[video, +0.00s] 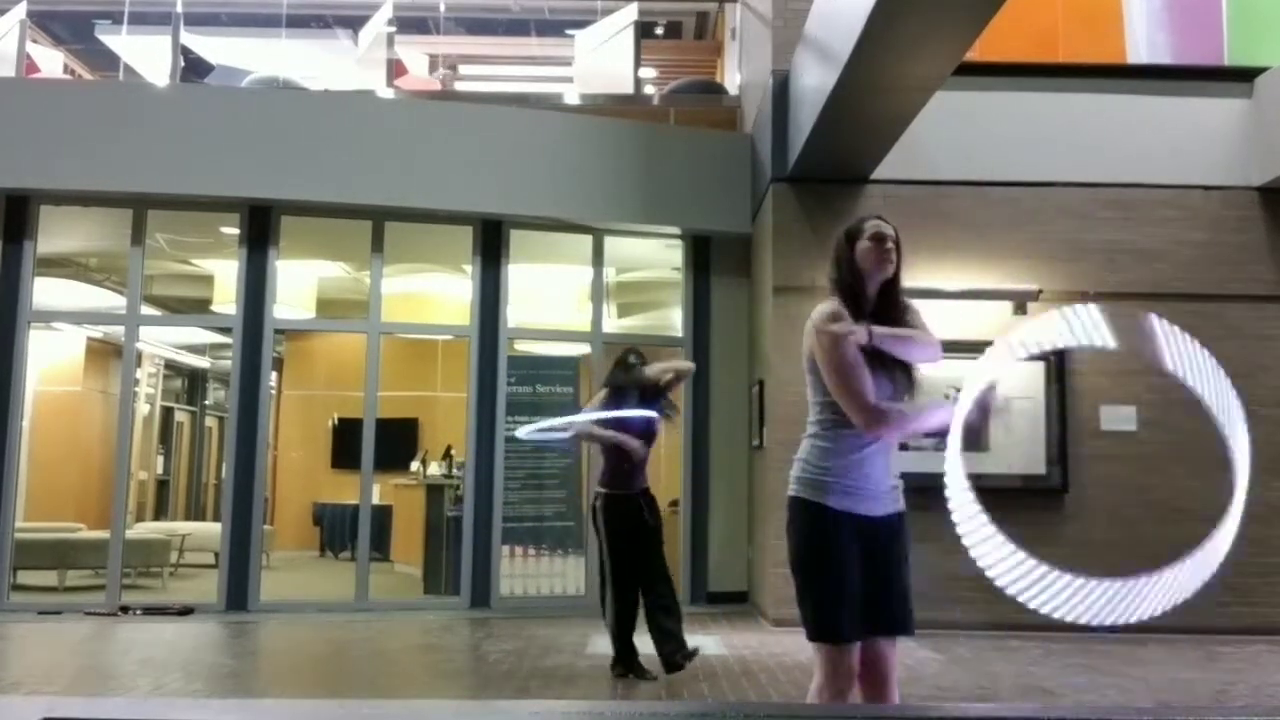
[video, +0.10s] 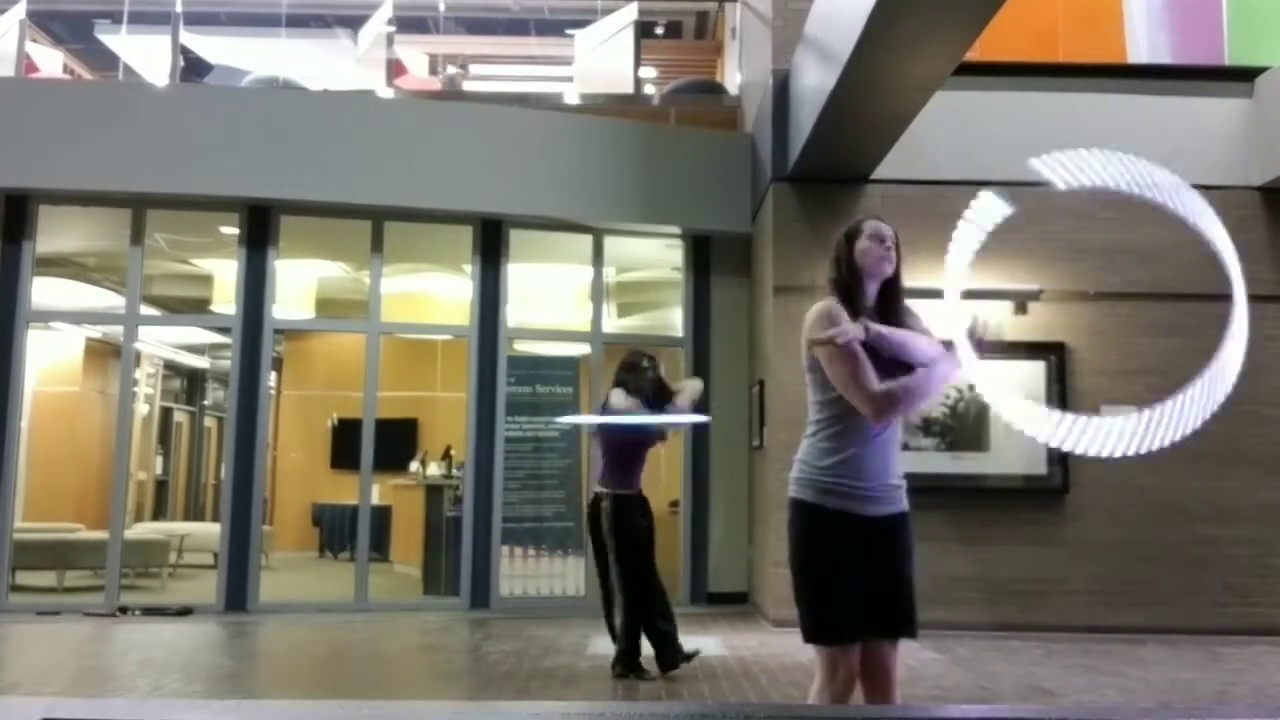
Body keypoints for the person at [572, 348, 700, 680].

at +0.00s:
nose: (648, 371)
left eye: (648, 368)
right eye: (644, 367)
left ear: (638, 373)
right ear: (633, 373)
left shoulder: (651, 397)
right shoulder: (608, 401)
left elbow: (688, 368)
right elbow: (579, 428)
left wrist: (653, 371)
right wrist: (622, 439)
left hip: (641, 500)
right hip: (612, 503)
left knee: (657, 578)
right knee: (622, 583)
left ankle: (673, 653)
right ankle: (624, 659)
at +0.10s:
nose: (654, 380)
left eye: (654, 374)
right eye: (650, 374)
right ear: (638, 378)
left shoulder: (642, 406)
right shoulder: (617, 405)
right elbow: (657, 430)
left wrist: (681, 398)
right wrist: (679, 403)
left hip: (631, 503)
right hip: (610, 505)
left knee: (646, 579)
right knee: (621, 584)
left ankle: (668, 651)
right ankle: (626, 659)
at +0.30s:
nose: (664, 387)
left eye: (662, 378)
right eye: (659, 378)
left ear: (632, 375)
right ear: (643, 377)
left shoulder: (637, 411)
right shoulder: (630, 398)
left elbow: (644, 461)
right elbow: (678, 364)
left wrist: (681, 482)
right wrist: (671, 377)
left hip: (621, 501)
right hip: (630, 503)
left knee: (625, 581)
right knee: (635, 581)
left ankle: (622, 654)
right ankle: (627, 655)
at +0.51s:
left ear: (621, 378)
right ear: (656, 375)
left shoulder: (615, 403)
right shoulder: (670, 404)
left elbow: (601, 450)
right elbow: (713, 397)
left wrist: (602, 480)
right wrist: (684, 391)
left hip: (618, 498)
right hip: (652, 501)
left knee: (616, 576)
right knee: (645, 577)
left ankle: (625, 652)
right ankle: (639, 656)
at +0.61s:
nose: (615, 380)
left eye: (618, 374)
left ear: (623, 375)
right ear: (654, 372)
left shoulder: (622, 401)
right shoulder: (670, 398)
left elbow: (608, 435)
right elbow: (705, 398)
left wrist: (592, 464)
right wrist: (677, 384)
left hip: (631, 495)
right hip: (661, 496)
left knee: (620, 575)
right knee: (651, 575)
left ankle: (636, 651)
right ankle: (650, 654)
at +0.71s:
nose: (618, 389)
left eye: (620, 382)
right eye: (618, 383)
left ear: (630, 379)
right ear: (655, 375)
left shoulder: (631, 403)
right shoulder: (671, 405)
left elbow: (610, 439)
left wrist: (586, 469)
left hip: (638, 499)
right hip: (664, 498)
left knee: (627, 574)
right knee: (660, 575)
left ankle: (637, 655)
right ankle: (664, 654)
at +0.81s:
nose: (622, 394)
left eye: (624, 386)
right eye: (621, 387)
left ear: (637, 380)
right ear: (652, 376)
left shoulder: (649, 406)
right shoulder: (667, 405)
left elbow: (631, 448)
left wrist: (594, 478)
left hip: (646, 499)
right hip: (658, 498)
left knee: (633, 576)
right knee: (653, 577)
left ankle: (635, 658)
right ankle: (663, 657)